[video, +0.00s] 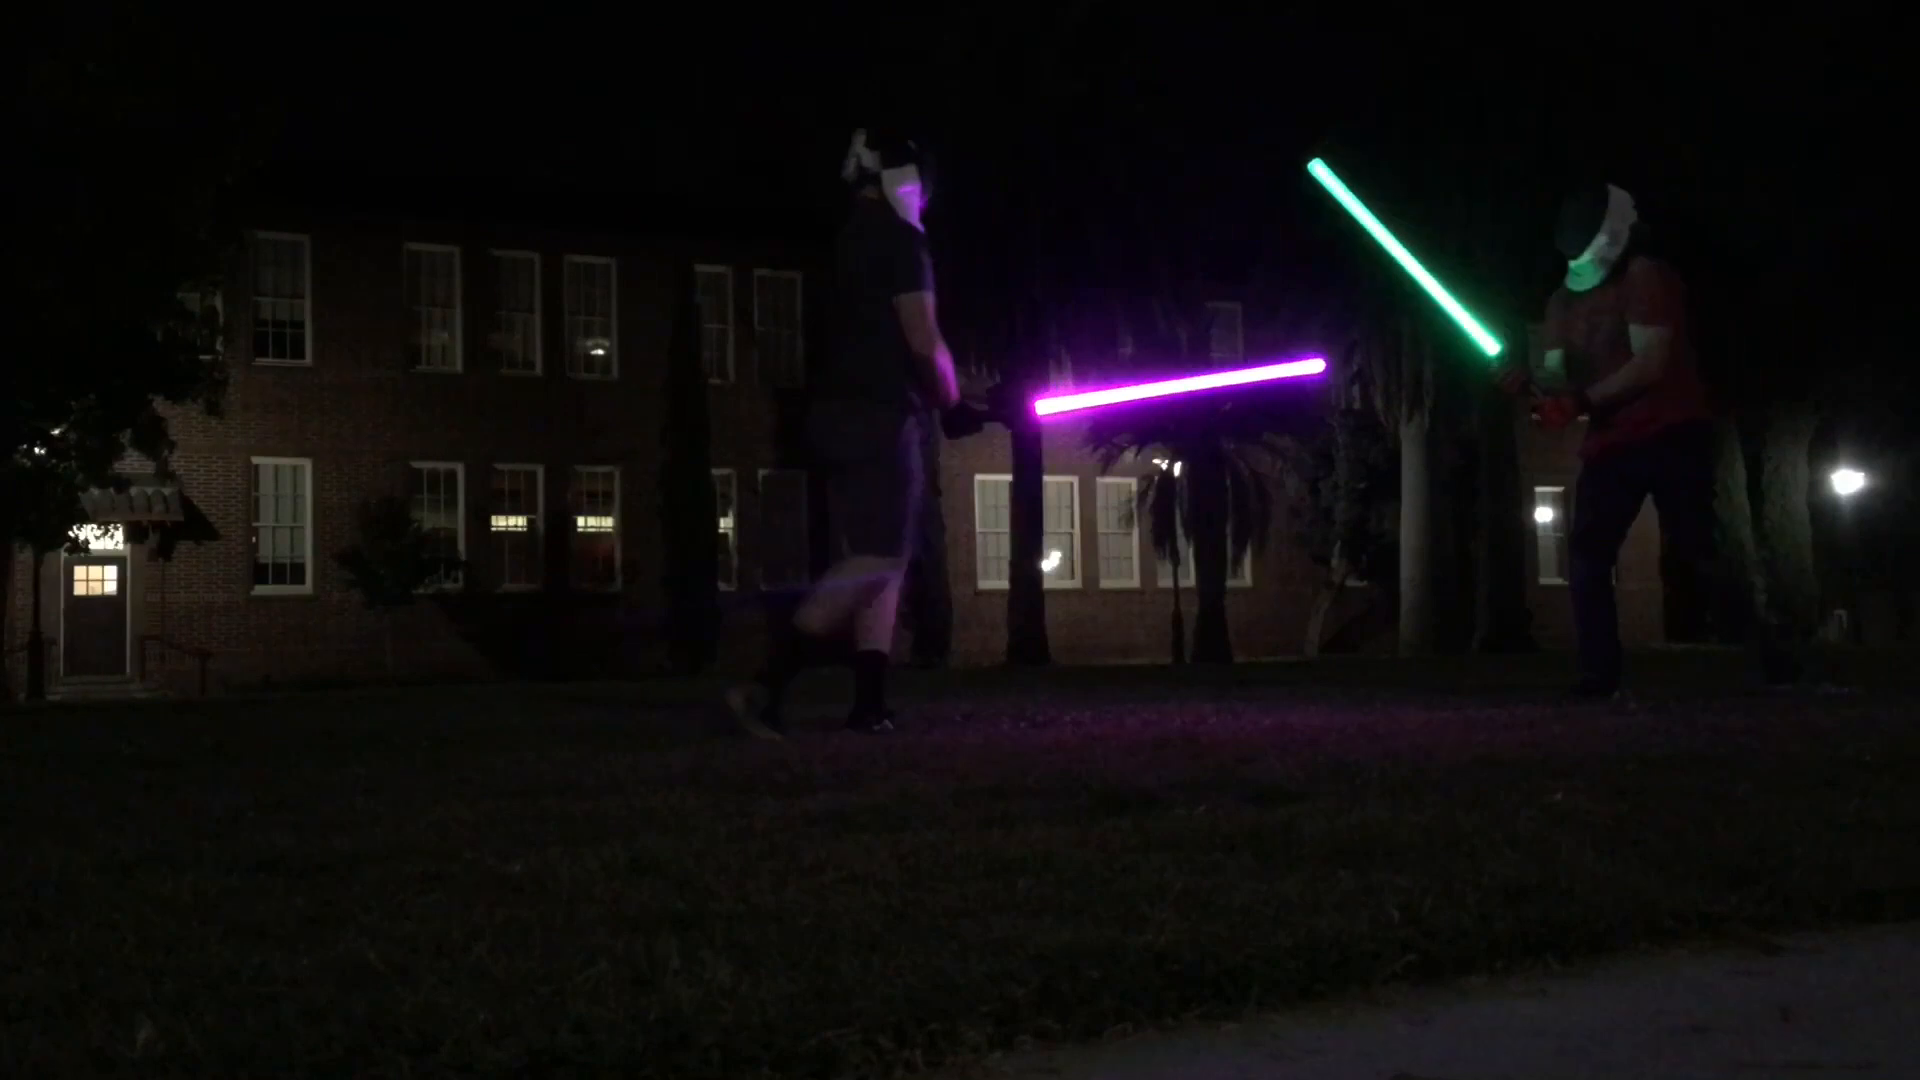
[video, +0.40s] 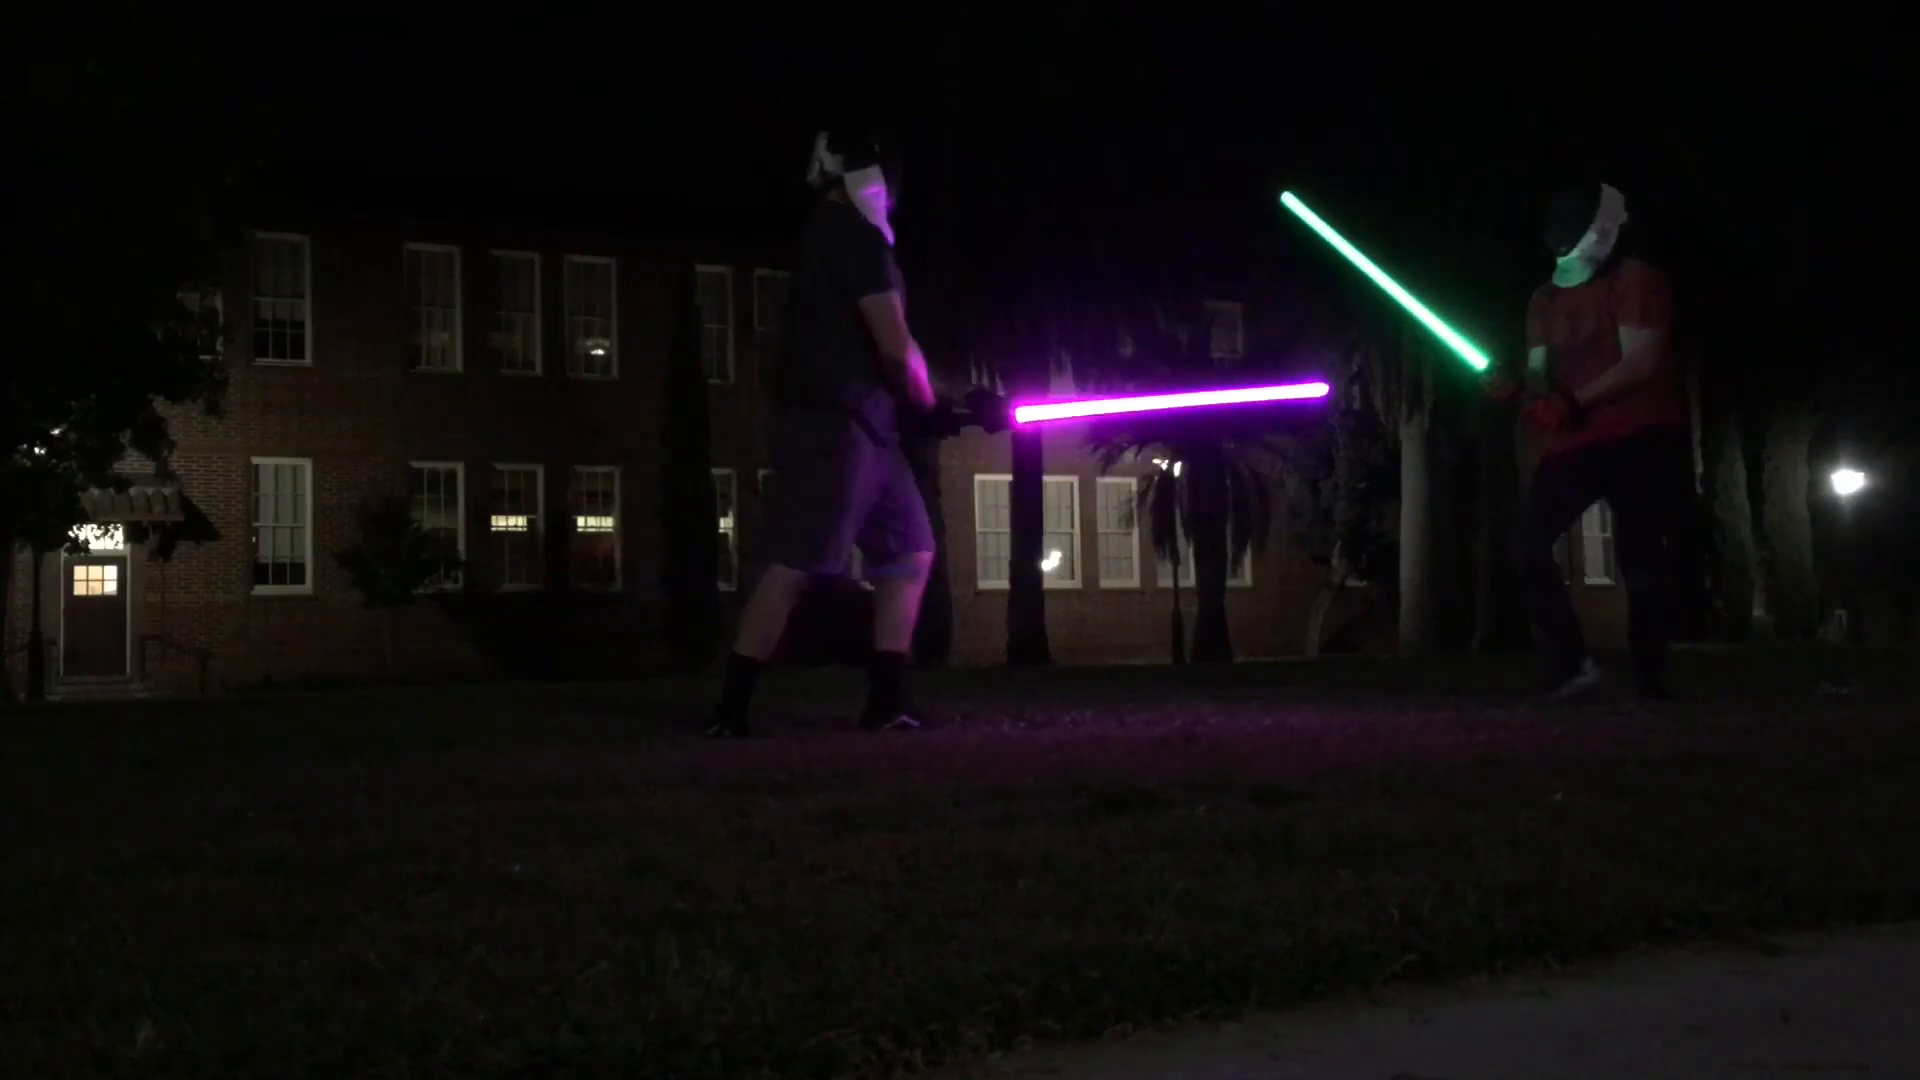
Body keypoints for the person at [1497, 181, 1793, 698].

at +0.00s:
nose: (1584, 251)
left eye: (1593, 238)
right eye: (1577, 241)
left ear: (1614, 234)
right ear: (1569, 245)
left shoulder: (1643, 278)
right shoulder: (1565, 302)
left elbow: (1651, 362)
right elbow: (1554, 376)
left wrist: (1582, 400)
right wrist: (1533, 388)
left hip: (1671, 437)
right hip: (1610, 447)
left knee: (1694, 551)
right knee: (1588, 557)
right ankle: (1599, 674)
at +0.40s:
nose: (1568, 248)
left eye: (1581, 235)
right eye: (1563, 238)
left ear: (1606, 232)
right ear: (1556, 239)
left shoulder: (1634, 283)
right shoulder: (1546, 302)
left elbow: (1641, 363)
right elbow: (1540, 379)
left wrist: (1574, 400)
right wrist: (1519, 391)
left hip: (1641, 443)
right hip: (1576, 449)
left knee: (1642, 560)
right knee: (1529, 541)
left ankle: (1649, 675)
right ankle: (1569, 663)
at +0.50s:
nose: (1559, 256)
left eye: (1571, 244)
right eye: (1554, 246)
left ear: (1598, 237)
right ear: (1551, 242)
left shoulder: (1628, 285)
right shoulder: (1538, 302)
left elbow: (1635, 365)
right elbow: (1534, 382)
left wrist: (1571, 404)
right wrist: (1508, 392)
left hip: (1629, 447)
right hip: (1563, 451)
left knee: (1634, 568)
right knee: (1515, 548)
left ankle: (1649, 683)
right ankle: (1514, 670)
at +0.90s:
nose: (1498, 260)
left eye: (1510, 247)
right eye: (1493, 250)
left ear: (1534, 245)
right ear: (1488, 249)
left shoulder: (1564, 295)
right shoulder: (1470, 311)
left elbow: (1560, 375)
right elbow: (1461, 388)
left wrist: (1492, 402)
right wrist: (1439, 390)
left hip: (1565, 456)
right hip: (1496, 463)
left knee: (1598, 571)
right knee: (1472, 571)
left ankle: (1645, 680)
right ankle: (1452, 682)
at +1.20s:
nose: (1494, 277)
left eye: (1504, 265)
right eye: (1487, 268)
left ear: (1529, 253)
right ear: (1477, 259)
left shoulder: (1556, 295)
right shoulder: (1465, 308)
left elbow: (1536, 351)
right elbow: (1425, 344)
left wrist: (1465, 346)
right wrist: (1415, 312)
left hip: (1562, 458)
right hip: (1492, 465)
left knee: (1597, 573)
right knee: (1469, 572)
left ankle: (1635, 680)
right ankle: (1451, 681)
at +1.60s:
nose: (1447, 243)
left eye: (1459, 229)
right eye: (1437, 231)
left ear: (1481, 236)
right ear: (1424, 240)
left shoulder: (1503, 287)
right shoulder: (1418, 295)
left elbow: (1488, 322)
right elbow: (1374, 314)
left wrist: (1422, 313)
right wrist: (1378, 274)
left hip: (1503, 456)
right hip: (1438, 460)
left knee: (1551, 568)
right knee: (1431, 574)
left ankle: (1607, 677)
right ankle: (1422, 688)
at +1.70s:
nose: (1431, 260)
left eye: (1443, 248)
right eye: (1424, 249)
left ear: (1466, 246)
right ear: (1416, 250)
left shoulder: (1492, 291)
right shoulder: (1407, 297)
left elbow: (1477, 326)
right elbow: (1371, 323)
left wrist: (1411, 331)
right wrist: (1356, 285)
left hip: (1493, 457)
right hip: (1428, 463)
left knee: (1515, 561)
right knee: (1427, 569)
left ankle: (1539, 665)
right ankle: (1423, 678)